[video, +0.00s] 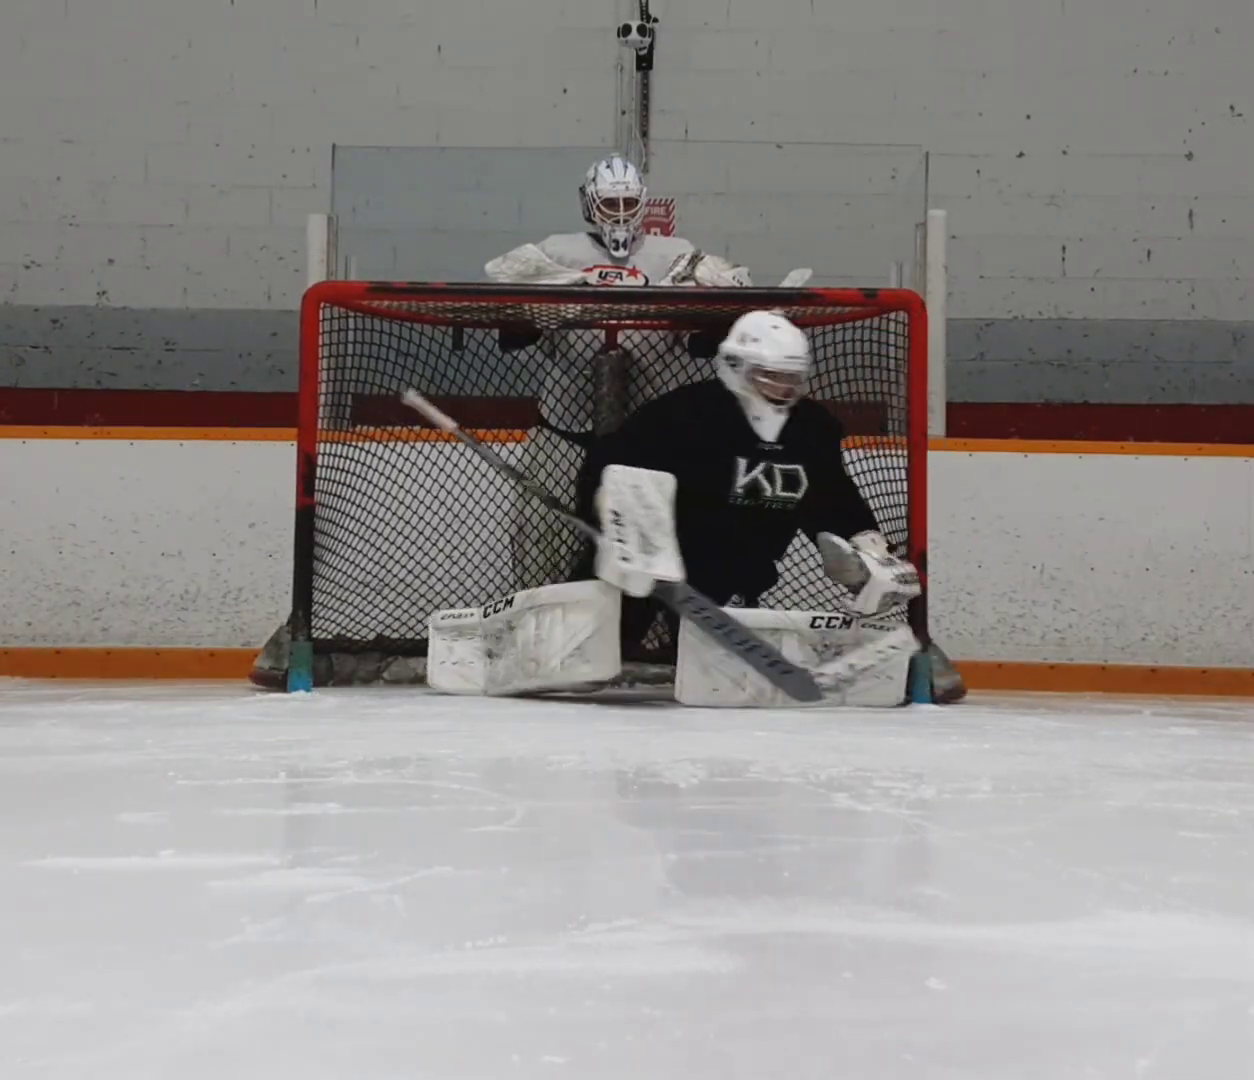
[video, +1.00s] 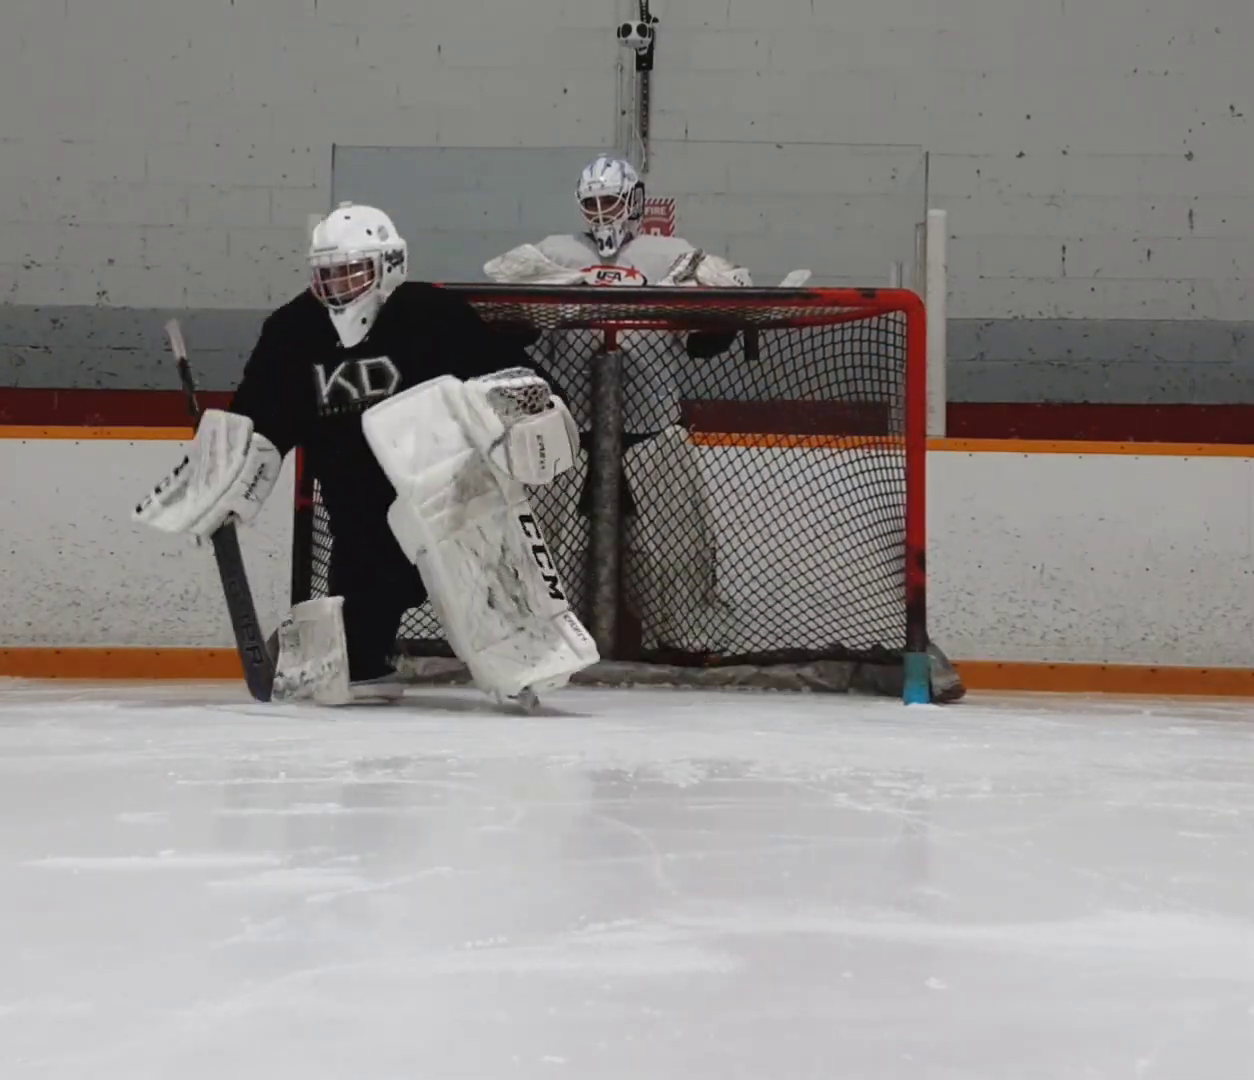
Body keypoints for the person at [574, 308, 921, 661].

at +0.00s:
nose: (784, 391)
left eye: (793, 380)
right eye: (773, 379)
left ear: (805, 377)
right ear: (739, 370)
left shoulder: (813, 431)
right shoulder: (689, 413)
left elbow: (838, 503)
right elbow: (609, 464)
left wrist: (871, 556)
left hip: (740, 593)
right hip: (652, 578)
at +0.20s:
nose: (536, 370)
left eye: (549, 358)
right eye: (528, 358)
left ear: (586, 354)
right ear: (520, 357)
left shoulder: (641, 389)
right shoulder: (504, 410)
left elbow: (705, 450)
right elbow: (442, 460)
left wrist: (732, 501)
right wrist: (394, 509)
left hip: (646, 590)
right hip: (546, 594)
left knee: (664, 728)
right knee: (548, 736)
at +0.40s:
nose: (378, 362)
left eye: (389, 350)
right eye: (372, 352)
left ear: (426, 343)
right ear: (368, 352)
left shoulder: (481, 378)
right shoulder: (363, 410)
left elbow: (553, 425)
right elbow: (326, 474)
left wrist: (500, 458)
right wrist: (302, 497)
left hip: (545, 554)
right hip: (463, 577)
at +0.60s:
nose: (281, 351)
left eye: (290, 338)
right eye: (276, 340)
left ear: (327, 331)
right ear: (283, 340)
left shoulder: (387, 372)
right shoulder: (293, 398)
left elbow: (422, 451)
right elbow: (288, 487)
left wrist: (354, 469)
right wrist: (270, 451)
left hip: (438, 525)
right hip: (363, 537)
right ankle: (309, 658)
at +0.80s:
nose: (288, 336)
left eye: (298, 323)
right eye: (278, 327)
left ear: (332, 318)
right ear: (266, 330)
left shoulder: (369, 360)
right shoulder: (266, 392)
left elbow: (458, 434)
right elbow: (289, 477)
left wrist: (399, 477)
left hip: (439, 543)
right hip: (355, 558)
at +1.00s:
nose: (341, 284)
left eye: (352, 271)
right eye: (330, 274)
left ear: (386, 265)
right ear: (315, 276)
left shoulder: (431, 314)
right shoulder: (291, 331)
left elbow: (508, 375)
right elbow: (258, 422)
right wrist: (221, 481)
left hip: (443, 495)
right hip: (354, 507)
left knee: (478, 583)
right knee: (356, 655)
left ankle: (515, 667)